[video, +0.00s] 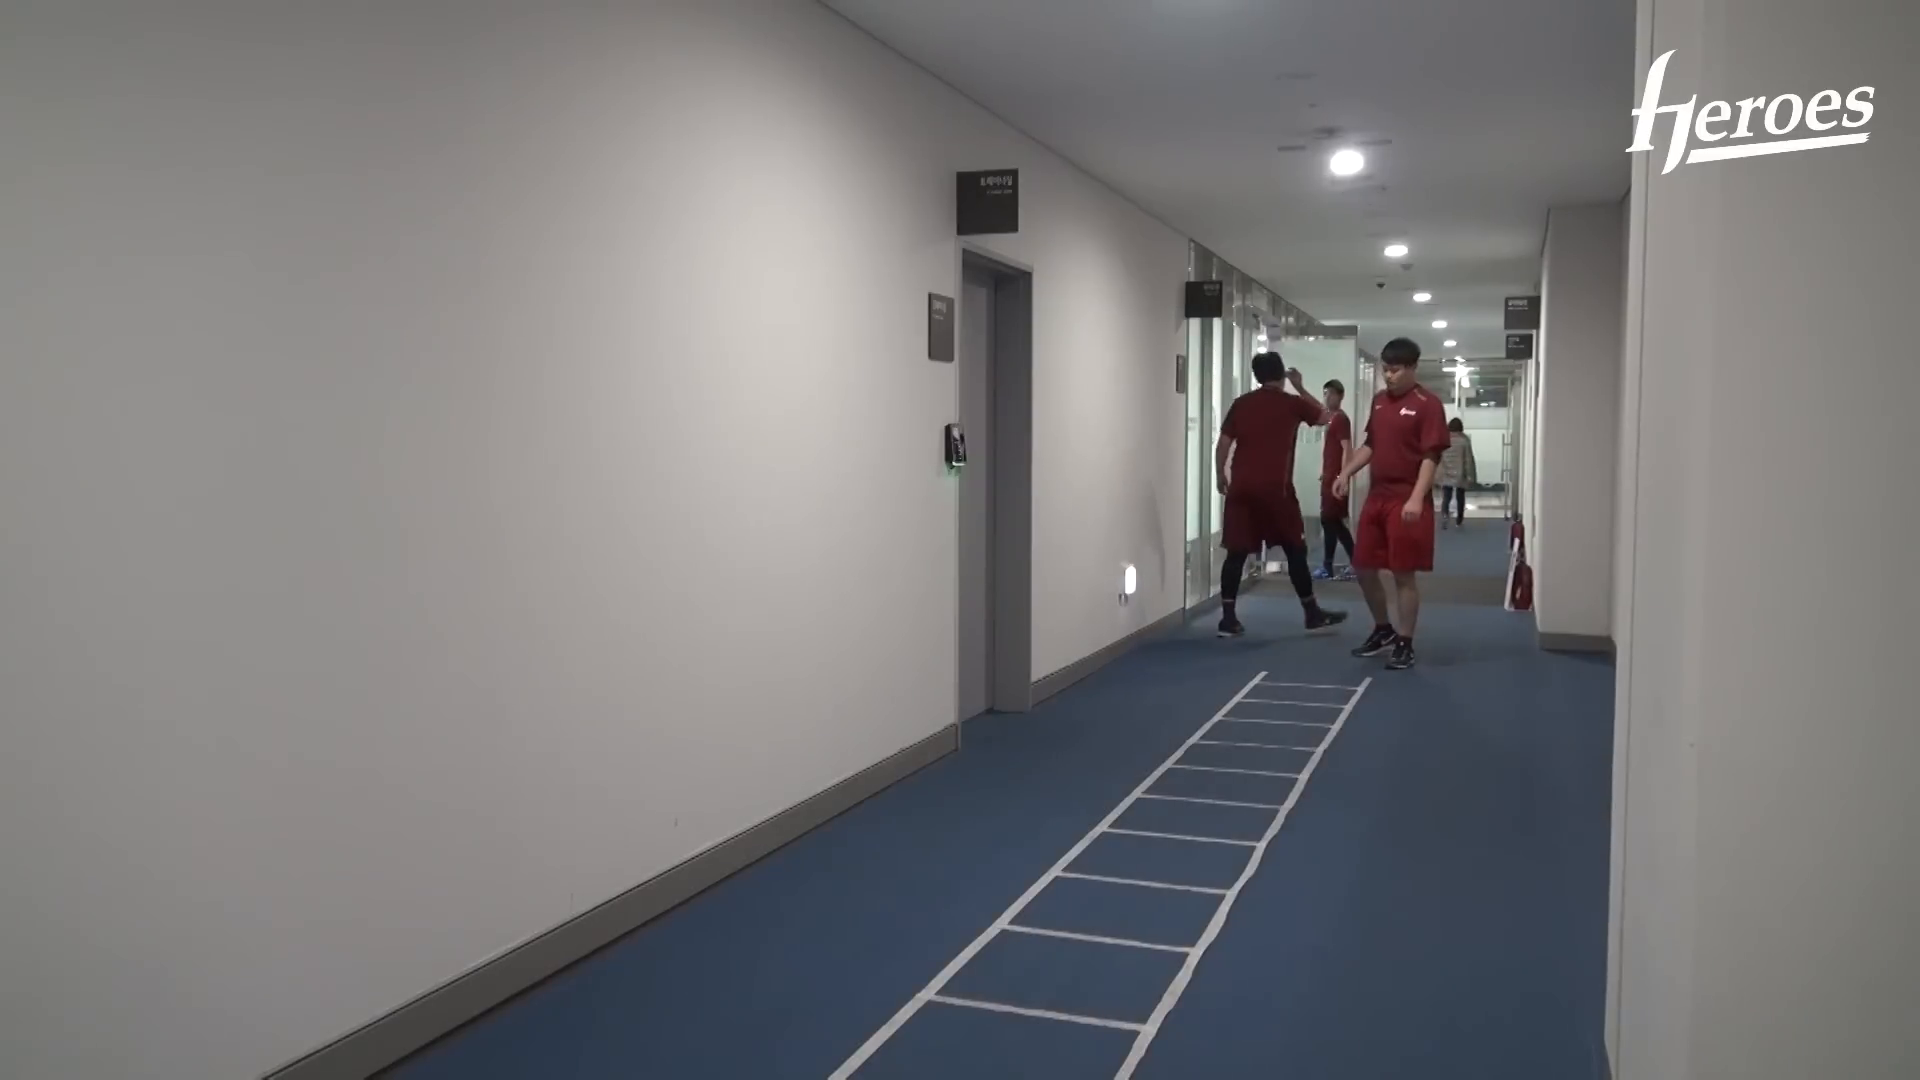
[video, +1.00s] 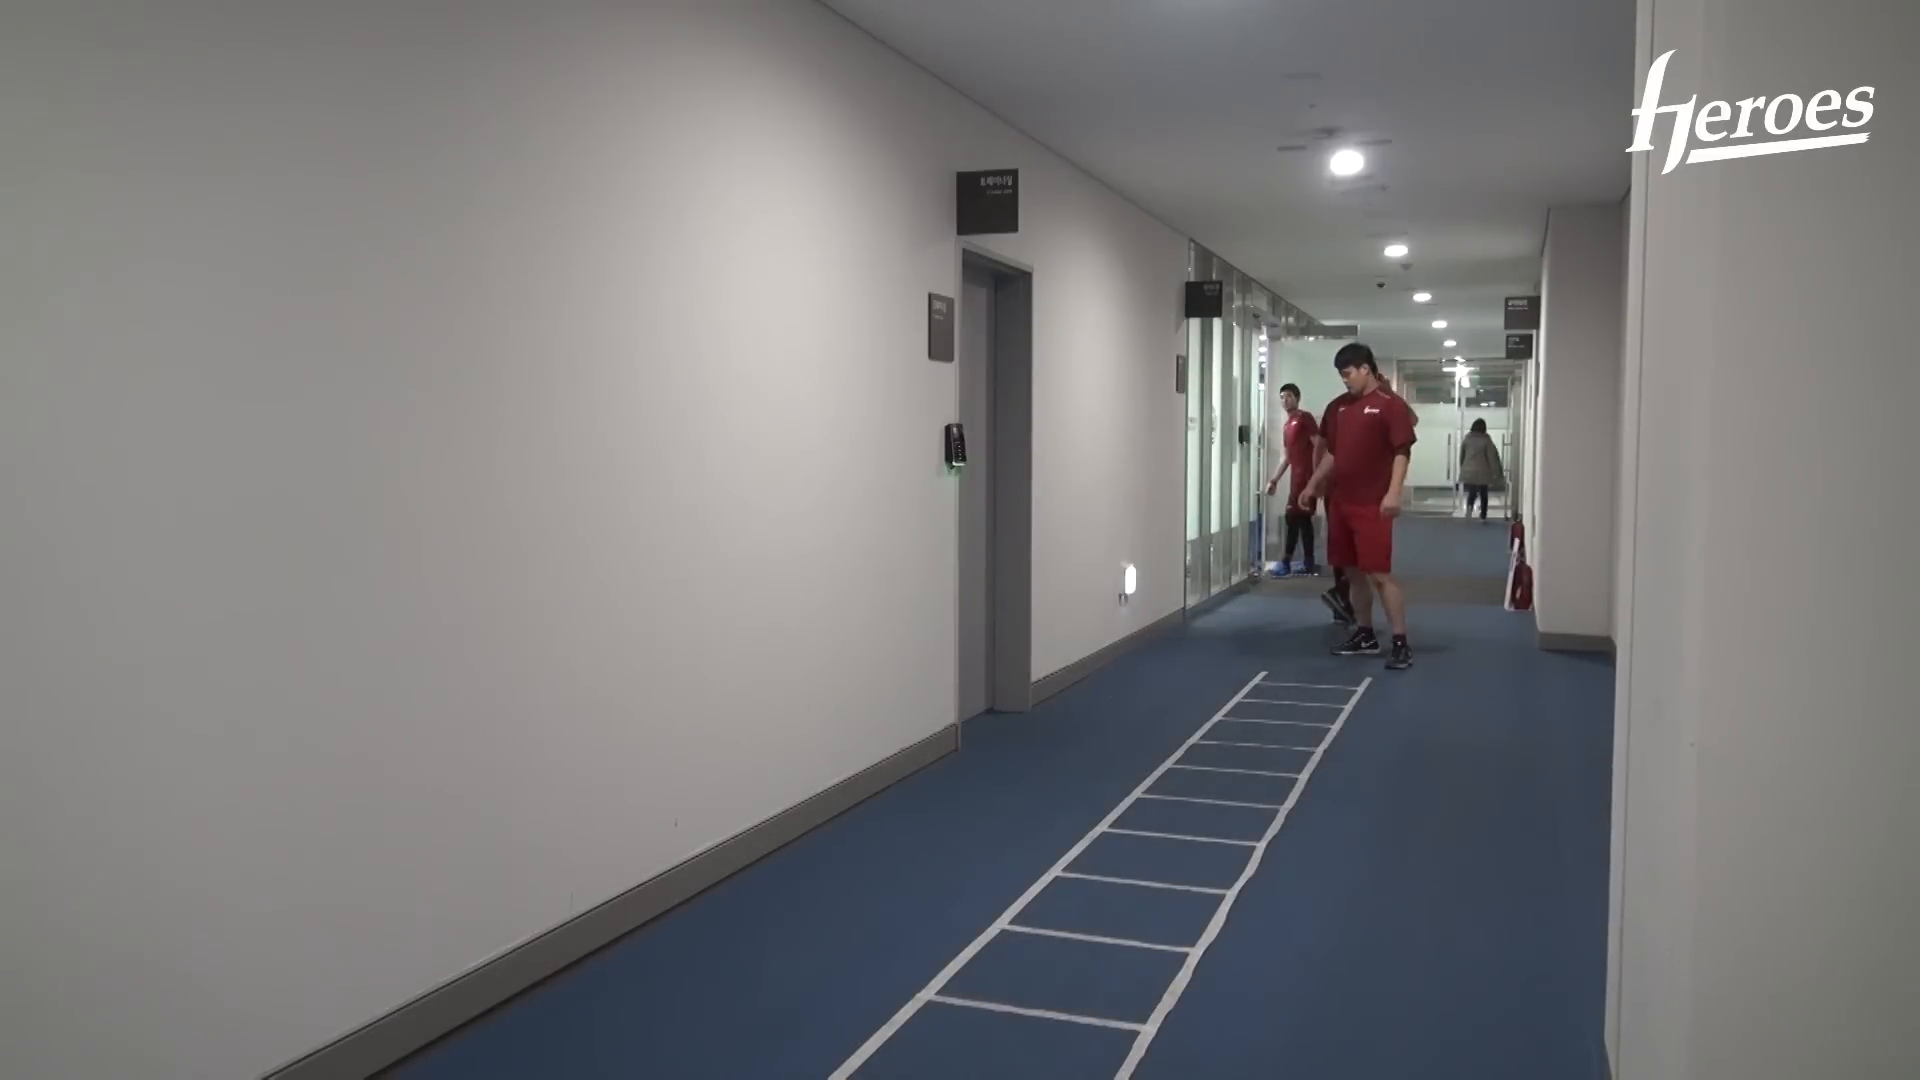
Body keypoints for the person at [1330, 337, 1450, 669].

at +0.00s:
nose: (1388, 374)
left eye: (1395, 368)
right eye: (1385, 368)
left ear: (1413, 368)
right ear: (1383, 367)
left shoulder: (1429, 404)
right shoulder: (1380, 400)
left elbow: (1431, 456)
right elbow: (1370, 445)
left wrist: (1417, 498)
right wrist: (1346, 473)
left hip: (1408, 498)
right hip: (1378, 495)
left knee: (1403, 572)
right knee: (1364, 565)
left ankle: (1405, 643)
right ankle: (1383, 629)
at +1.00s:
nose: (1344, 379)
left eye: (1348, 372)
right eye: (1341, 374)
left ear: (1366, 369)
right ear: (1344, 375)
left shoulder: (1392, 405)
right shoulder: (1338, 407)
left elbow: (1402, 452)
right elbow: (1332, 453)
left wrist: (1394, 493)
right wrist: (1312, 485)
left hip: (1373, 504)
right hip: (1341, 503)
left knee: (1378, 573)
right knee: (1353, 572)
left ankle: (1400, 642)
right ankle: (1364, 634)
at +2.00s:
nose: (1310, 372)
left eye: (1316, 366)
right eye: (1306, 367)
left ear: (1331, 366)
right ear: (1303, 368)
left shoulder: (1345, 399)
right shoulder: (1305, 401)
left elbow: (1342, 449)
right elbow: (1299, 448)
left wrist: (1312, 482)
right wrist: (1296, 486)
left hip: (1336, 496)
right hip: (1310, 495)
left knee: (1327, 568)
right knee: (1302, 561)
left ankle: (1319, 636)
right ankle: (1340, 615)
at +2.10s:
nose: (1312, 372)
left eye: (1319, 366)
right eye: (1308, 366)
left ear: (1332, 366)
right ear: (1304, 367)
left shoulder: (1345, 399)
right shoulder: (1303, 401)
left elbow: (1341, 448)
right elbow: (1297, 446)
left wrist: (1305, 477)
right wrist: (1293, 481)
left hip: (1335, 498)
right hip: (1308, 495)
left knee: (1326, 569)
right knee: (1294, 557)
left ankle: (1318, 637)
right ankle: (1331, 615)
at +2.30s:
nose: (1317, 369)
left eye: (1324, 363)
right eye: (1312, 363)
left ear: (1336, 365)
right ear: (1306, 365)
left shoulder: (1347, 400)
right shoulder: (1300, 400)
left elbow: (1346, 454)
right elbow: (1293, 448)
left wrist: (1319, 490)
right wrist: (1291, 487)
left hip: (1332, 495)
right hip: (1303, 492)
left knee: (1322, 569)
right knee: (1288, 555)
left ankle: (1319, 638)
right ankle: (1297, 616)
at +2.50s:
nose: (1320, 373)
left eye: (1327, 367)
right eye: (1316, 366)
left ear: (1338, 368)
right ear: (1308, 365)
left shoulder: (1352, 402)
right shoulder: (1295, 401)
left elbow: (1359, 453)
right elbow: (1287, 448)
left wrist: (1362, 496)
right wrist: (1291, 487)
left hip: (1333, 502)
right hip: (1298, 496)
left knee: (1324, 571)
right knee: (1276, 552)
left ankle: (1318, 638)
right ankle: (1277, 611)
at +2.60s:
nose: (1322, 373)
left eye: (1329, 368)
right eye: (1317, 367)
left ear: (1339, 369)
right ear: (1309, 366)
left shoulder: (1354, 404)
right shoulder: (1293, 401)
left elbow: (1369, 452)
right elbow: (1284, 448)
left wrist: (1377, 494)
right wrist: (1291, 487)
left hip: (1330, 501)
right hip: (1295, 495)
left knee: (1322, 571)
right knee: (1272, 552)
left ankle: (1318, 637)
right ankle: (1272, 612)